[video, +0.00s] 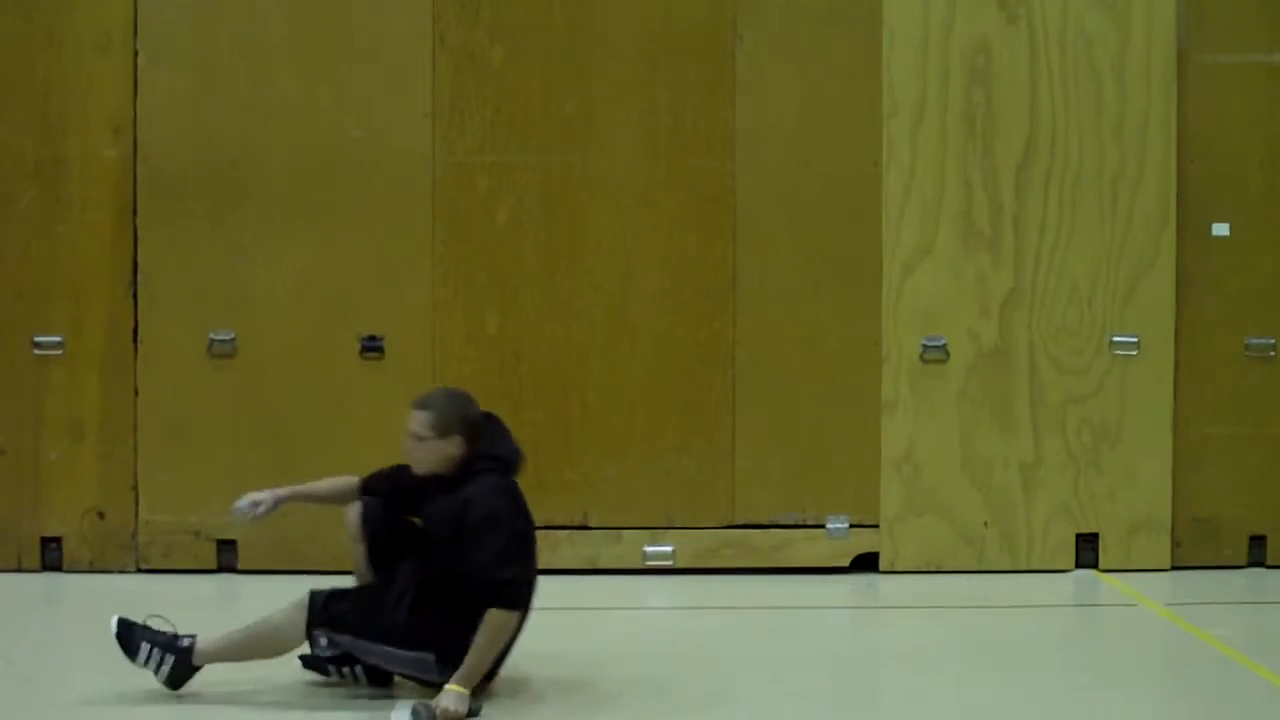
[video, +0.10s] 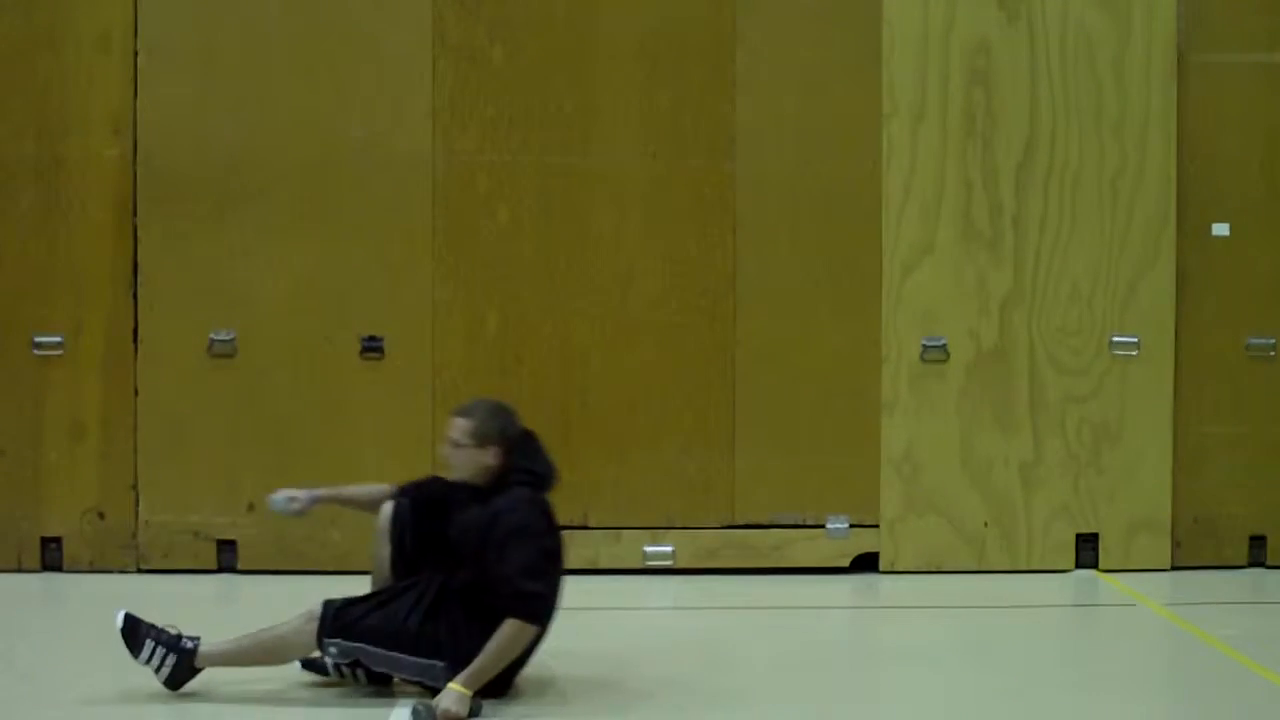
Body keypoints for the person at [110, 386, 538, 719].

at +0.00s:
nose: (408, 449)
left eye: (419, 440)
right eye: (409, 438)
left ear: (458, 444)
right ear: (432, 442)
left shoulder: (493, 500)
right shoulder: (431, 478)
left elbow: (509, 603)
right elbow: (363, 487)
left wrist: (462, 684)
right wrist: (282, 494)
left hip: (453, 644)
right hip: (430, 611)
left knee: (315, 610)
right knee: (368, 515)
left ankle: (188, 656)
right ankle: (375, 655)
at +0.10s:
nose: (446, 455)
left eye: (456, 447)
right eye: (447, 445)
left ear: (493, 455)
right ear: (477, 453)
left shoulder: (523, 514)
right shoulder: (465, 492)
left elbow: (528, 618)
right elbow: (390, 495)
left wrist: (464, 687)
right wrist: (317, 495)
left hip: (471, 646)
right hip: (449, 610)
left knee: (325, 621)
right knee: (395, 517)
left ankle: (190, 658)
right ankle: (371, 658)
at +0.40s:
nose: (578, 474)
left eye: (592, 470)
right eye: (581, 464)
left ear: (626, 490)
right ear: (592, 480)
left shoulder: (619, 566)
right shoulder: (576, 525)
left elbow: (566, 649)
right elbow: (499, 539)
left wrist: (479, 688)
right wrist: (422, 518)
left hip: (488, 650)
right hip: (485, 604)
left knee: (349, 611)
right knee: (395, 530)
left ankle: (208, 657)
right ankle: (337, 652)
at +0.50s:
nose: (612, 491)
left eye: (628, 488)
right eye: (617, 481)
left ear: (658, 513)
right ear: (622, 495)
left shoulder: (638, 586)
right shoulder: (602, 539)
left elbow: (570, 656)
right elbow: (516, 550)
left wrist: (486, 684)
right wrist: (447, 518)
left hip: (492, 646)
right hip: (490, 603)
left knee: (353, 605)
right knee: (396, 533)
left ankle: (218, 653)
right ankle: (343, 649)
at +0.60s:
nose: (644, 512)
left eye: (659, 512)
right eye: (649, 503)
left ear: (687, 537)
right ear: (652, 515)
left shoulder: (654, 605)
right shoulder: (632, 559)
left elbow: (582, 664)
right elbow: (550, 565)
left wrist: (493, 680)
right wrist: (480, 524)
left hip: (493, 640)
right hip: (499, 600)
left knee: (363, 599)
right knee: (406, 528)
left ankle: (229, 650)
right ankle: (335, 645)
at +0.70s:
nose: (668, 535)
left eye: (683, 534)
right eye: (675, 528)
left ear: (707, 563)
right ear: (688, 550)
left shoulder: (670, 627)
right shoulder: (653, 577)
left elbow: (592, 675)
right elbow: (569, 577)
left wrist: (503, 670)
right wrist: (508, 528)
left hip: (499, 634)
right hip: (510, 602)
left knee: (375, 576)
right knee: (415, 519)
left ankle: (250, 643)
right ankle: (341, 635)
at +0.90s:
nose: (709, 563)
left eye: (724, 566)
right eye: (717, 558)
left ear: (739, 597)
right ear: (716, 575)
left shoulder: (696, 642)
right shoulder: (681, 604)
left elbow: (597, 677)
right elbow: (592, 594)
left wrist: (536, 617)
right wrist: (554, 524)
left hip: (519, 647)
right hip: (534, 610)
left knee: (409, 544)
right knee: (435, 506)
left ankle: (307, 641)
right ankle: (368, 621)